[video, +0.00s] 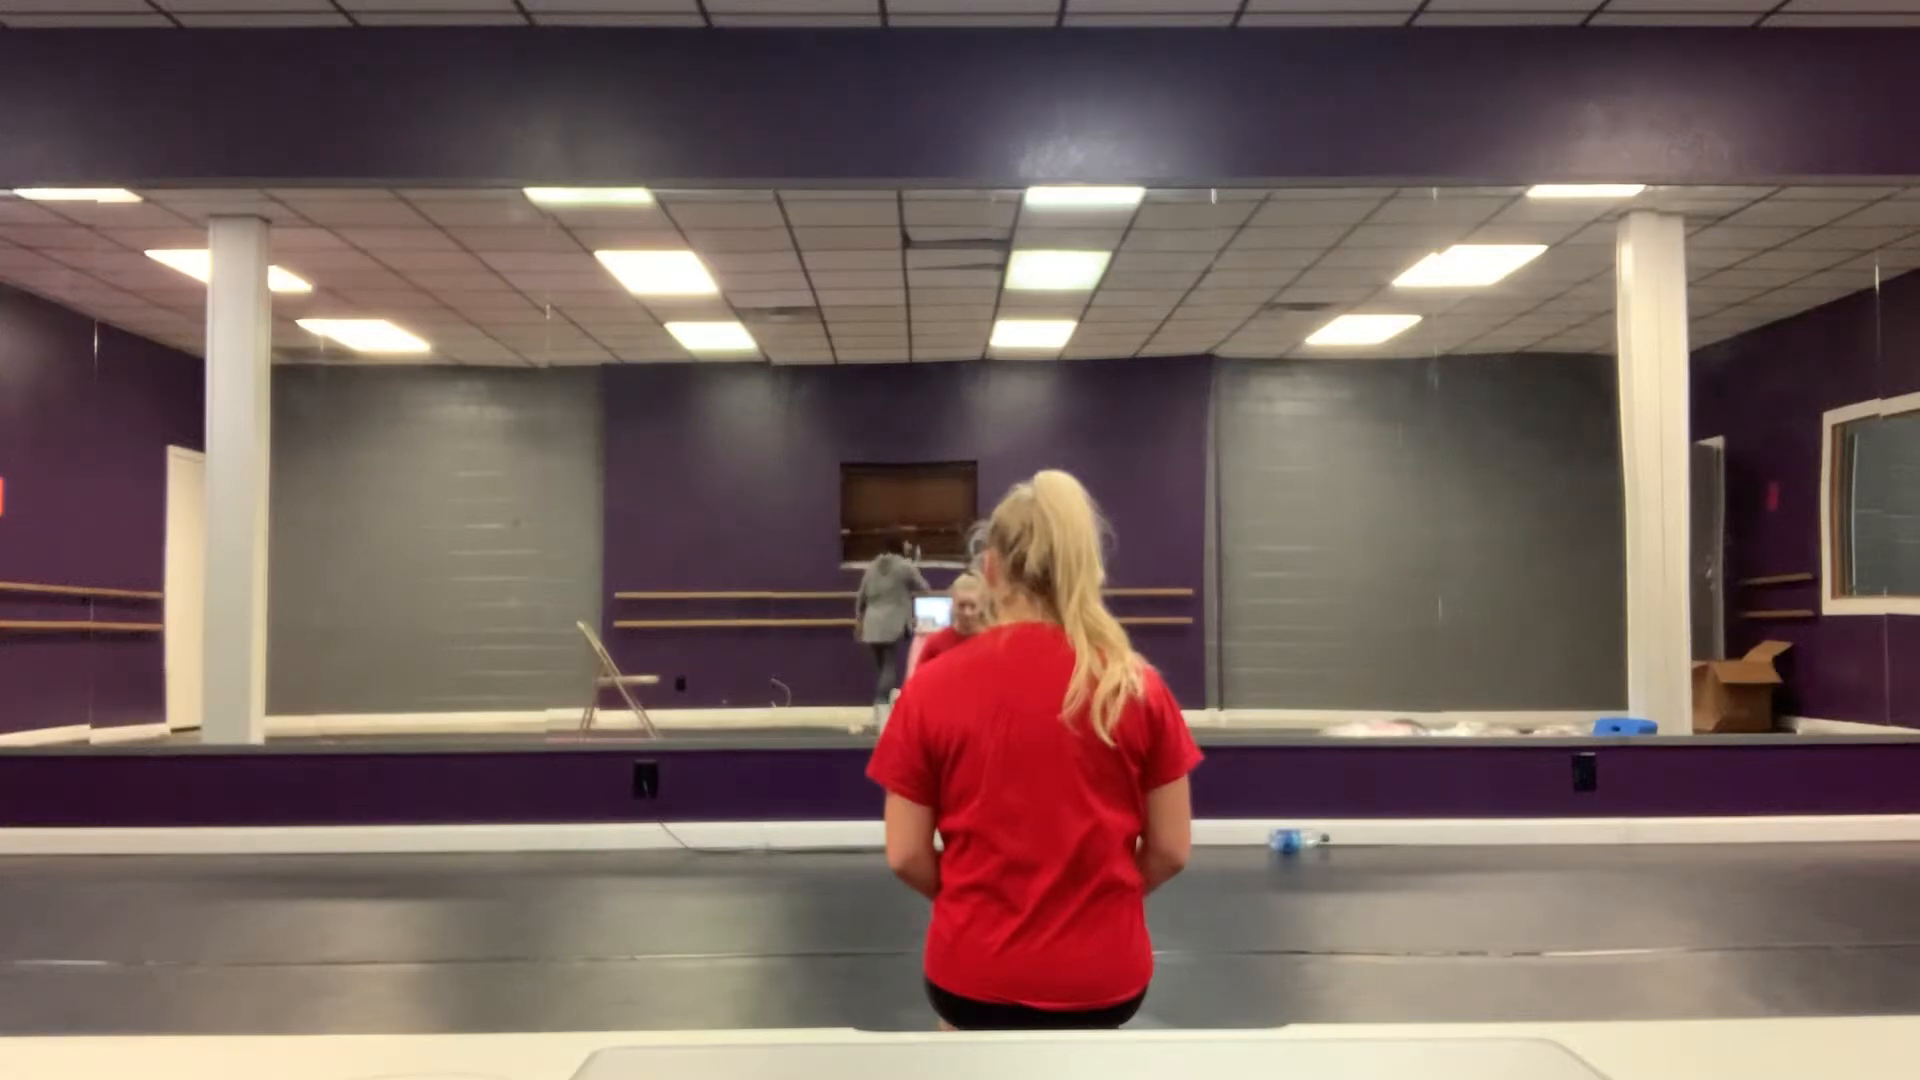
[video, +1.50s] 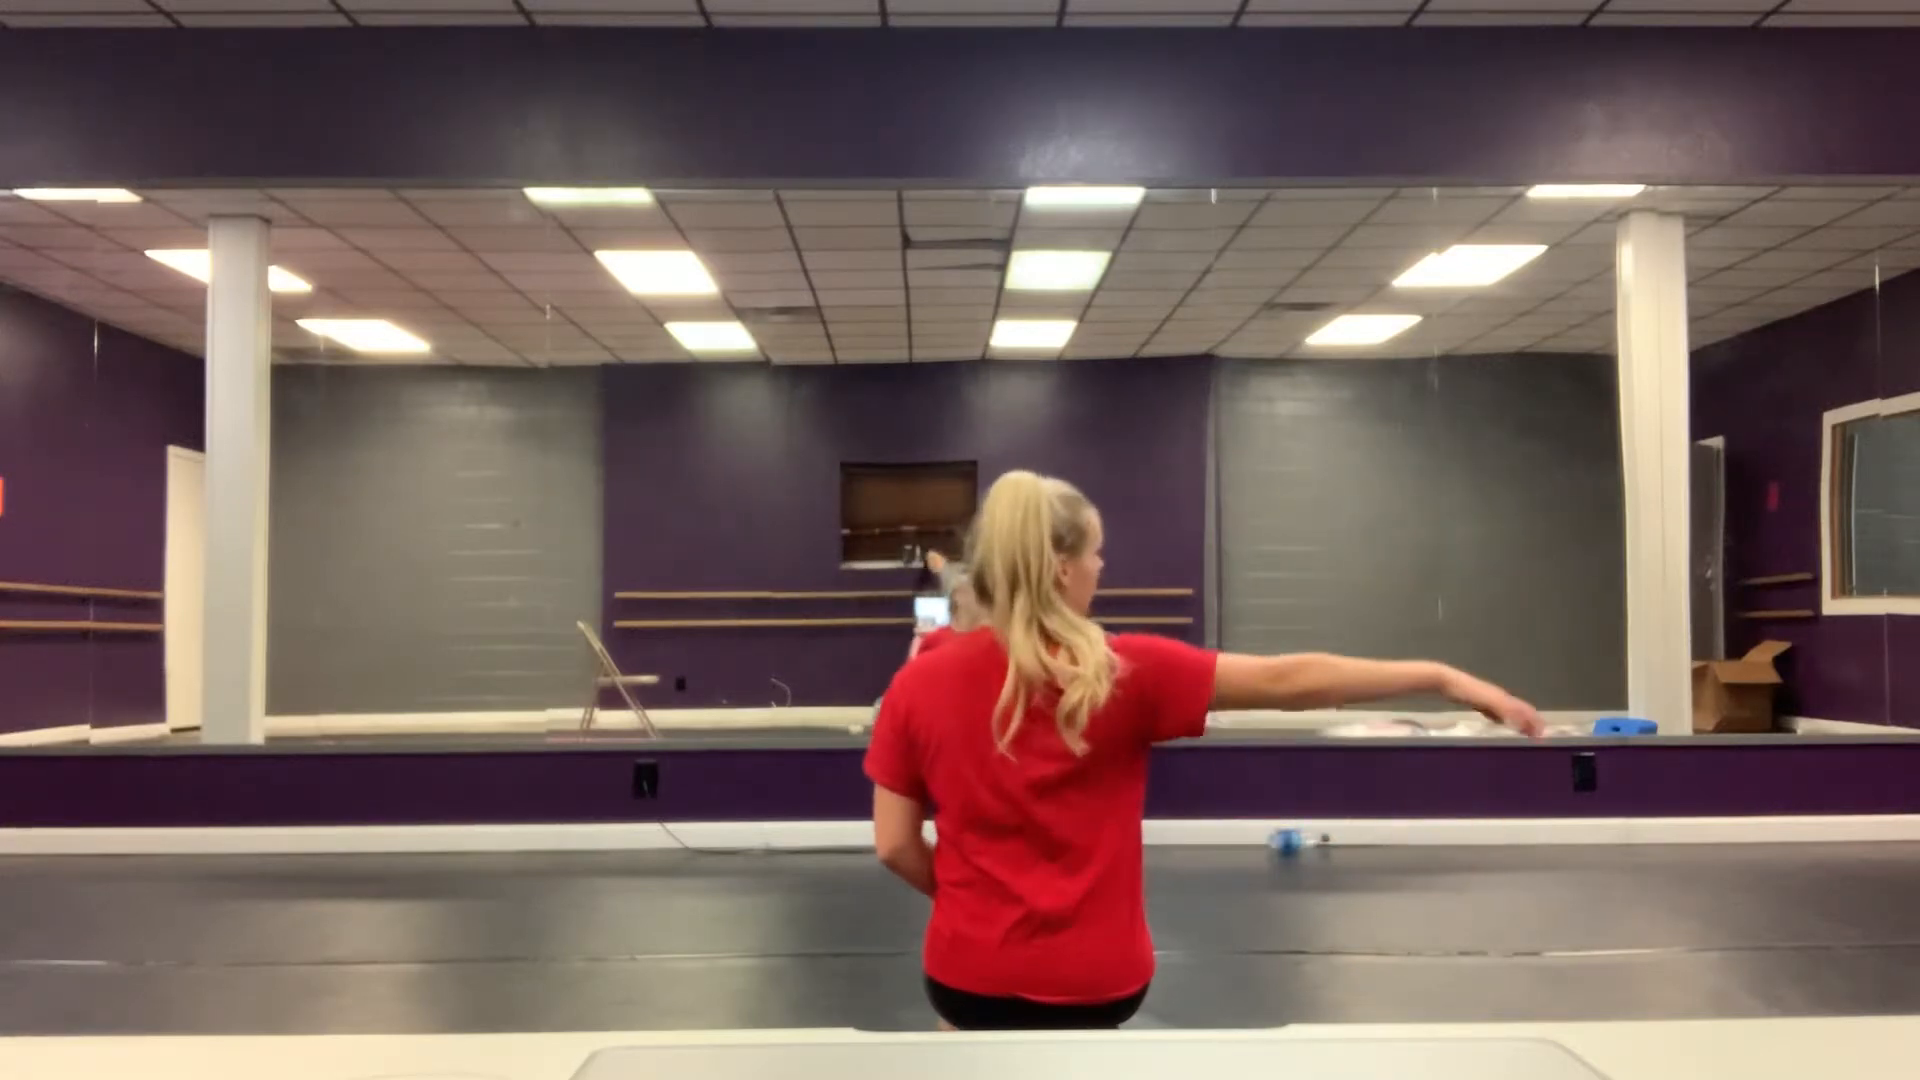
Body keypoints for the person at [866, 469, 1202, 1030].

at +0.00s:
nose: (980, 566)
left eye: (983, 552)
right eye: (982, 552)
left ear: (996, 566)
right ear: (1082, 567)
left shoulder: (937, 682)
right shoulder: (1136, 685)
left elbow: (906, 853)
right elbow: (1169, 850)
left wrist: (969, 895)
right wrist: (1101, 893)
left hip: (973, 982)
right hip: (1104, 984)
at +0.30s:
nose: (980, 566)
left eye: (983, 552)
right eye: (982, 552)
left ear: (996, 566)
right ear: (1083, 567)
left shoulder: (937, 682)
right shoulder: (1136, 685)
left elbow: (906, 854)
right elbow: (1169, 851)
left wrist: (969, 895)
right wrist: (1100, 893)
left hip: (973, 982)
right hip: (1104, 984)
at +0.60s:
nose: (980, 566)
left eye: (984, 552)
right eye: (982, 551)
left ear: (997, 566)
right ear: (1084, 567)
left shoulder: (935, 682)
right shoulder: (1135, 684)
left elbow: (906, 852)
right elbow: (1162, 852)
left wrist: (968, 897)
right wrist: (1100, 901)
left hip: (973, 981)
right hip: (1104, 984)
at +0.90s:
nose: (1096, 578)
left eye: (1096, 562)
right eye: (1092, 562)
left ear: (992, 564)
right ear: (1064, 568)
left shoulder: (923, 684)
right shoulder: (1124, 678)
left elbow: (899, 851)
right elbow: (1233, 806)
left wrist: (965, 894)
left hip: (972, 973)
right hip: (1102, 974)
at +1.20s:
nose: (1103, 574)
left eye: (1101, 556)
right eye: (1096, 557)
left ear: (998, 563)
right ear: (1060, 565)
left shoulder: (924, 676)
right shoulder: (1119, 670)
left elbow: (898, 846)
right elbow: (1264, 731)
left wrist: (963, 892)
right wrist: (1420, 763)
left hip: (968, 970)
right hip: (1100, 974)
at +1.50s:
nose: (1100, 572)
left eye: (1098, 554)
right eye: (1093, 556)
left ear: (998, 562)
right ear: (1061, 563)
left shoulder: (924, 673)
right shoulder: (1124, 667)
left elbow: (894, 845)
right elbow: (1290, 679)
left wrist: (964, 895)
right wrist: (1446, 677)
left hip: (966, 966)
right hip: (1100, 971)